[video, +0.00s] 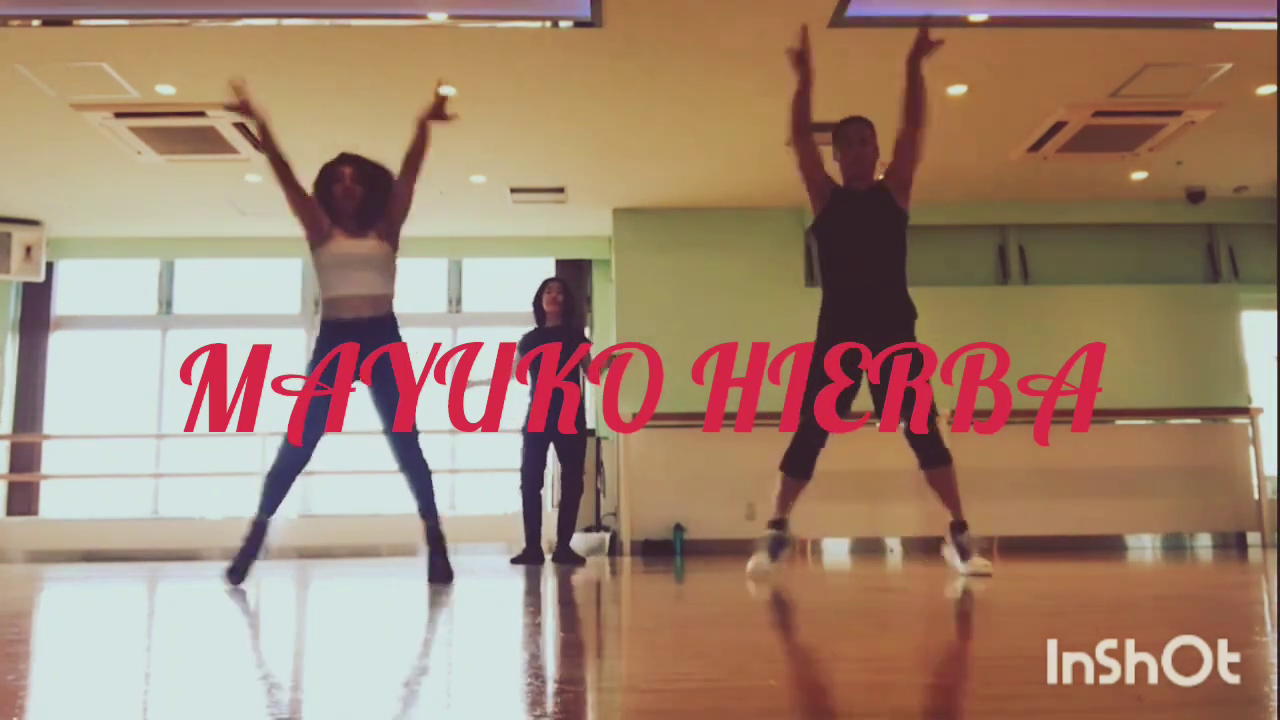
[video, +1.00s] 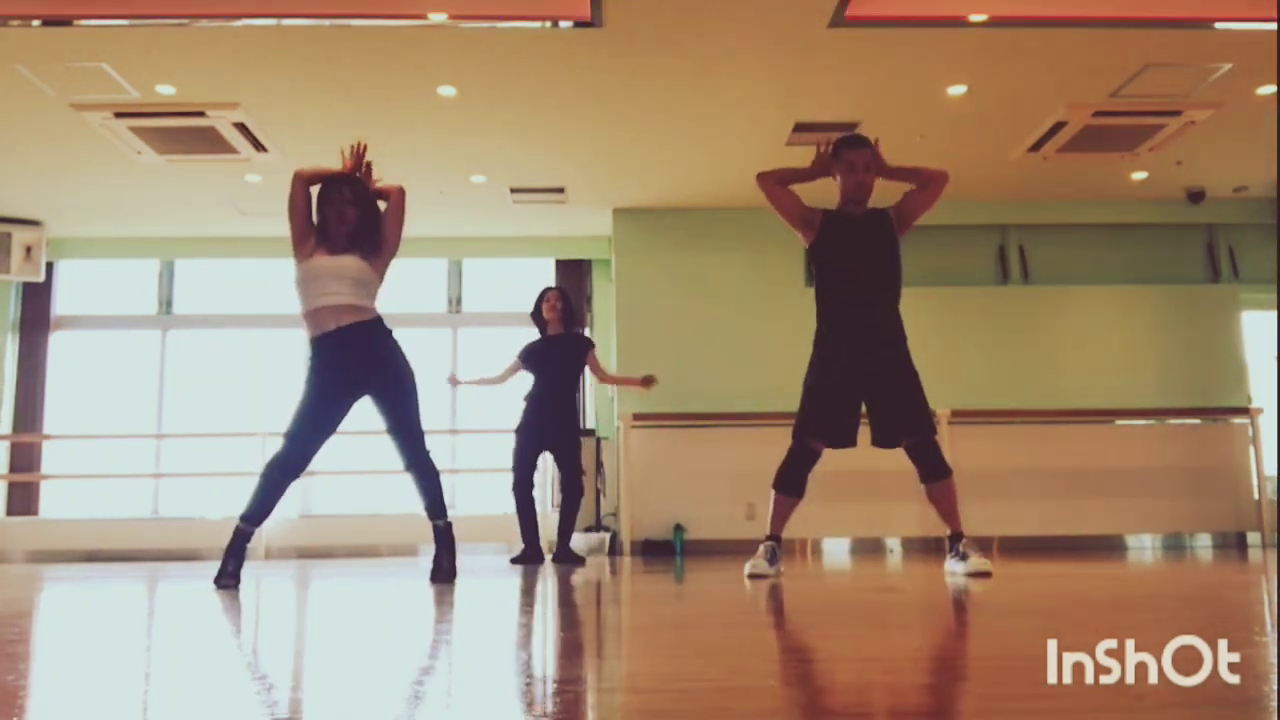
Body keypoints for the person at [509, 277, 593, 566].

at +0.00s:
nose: (554, 297)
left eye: (560, 292)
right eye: (549, 292)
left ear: (568, 300)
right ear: (540, 300)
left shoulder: (578, 338)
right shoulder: (530, 338)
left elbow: (593, 376)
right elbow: (520, 376)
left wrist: (600, 361)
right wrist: (524, 357)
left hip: (571, 418)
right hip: (538, 417)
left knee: (573, 483)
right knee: (530, 483)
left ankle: (563, 547)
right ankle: (532, 547)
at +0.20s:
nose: (555, 302)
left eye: (561, 298)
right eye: (549, 297)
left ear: (567, 305)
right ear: (540, 303)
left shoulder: (574, 342)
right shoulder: (525, 340)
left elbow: (604, 375)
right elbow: (500, 373)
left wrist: (638, 373)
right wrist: (467, 373)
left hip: (573, 423)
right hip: (540, 423)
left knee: (574, 488)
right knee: (529, 487)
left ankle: (563, 548)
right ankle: (533, 549)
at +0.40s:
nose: (552, 304)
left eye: (558, 299)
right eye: (547, 299)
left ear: (567, 306)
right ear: (539, 307)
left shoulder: (579, 343)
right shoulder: (530, 346)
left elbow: (603, 376)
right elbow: (498, 375)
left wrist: (634, 376)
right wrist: (462, 371)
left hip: (569, 425)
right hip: (536, 425)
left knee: (572, 487)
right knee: (524, 486)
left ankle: (562, 548)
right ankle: (532, 548)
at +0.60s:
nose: (553, 304)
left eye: (559, 299)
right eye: (548, 300)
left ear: (568, 307)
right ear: (540, 307)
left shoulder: (576, 345)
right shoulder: (531, 345)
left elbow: (597, 383)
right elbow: (507, 380)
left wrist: (624, 379)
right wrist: (469, 381)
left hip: (571, 426)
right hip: (538, 425)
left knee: (578, 488)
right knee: (526, 486)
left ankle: (563, 548)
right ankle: (532, 548)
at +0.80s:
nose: (554, 304)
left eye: (560, 300)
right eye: (549, 300)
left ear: (568, 309)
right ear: (540, 308)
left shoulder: (576, 345)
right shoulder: (528, 346)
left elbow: (596, 383)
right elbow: (501, 377)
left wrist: (622, 385)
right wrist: (466, 378)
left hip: (569, 427)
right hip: (536, 426)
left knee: (574, 488)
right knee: (522, 489)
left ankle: (563, 548)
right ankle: (532, 549)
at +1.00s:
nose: (552, 304)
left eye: (558, 300)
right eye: (547, 301)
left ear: (566, 307)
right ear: (540, 309)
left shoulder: (580, 342)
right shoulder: (534, 348)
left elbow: (602, 377)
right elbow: (501, 378)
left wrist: (637, 382)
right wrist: (462, 382)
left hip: (565, 423)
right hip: (533, 423)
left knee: (573, 488)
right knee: (521, 484)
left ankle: (562, 548)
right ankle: (532, 548)